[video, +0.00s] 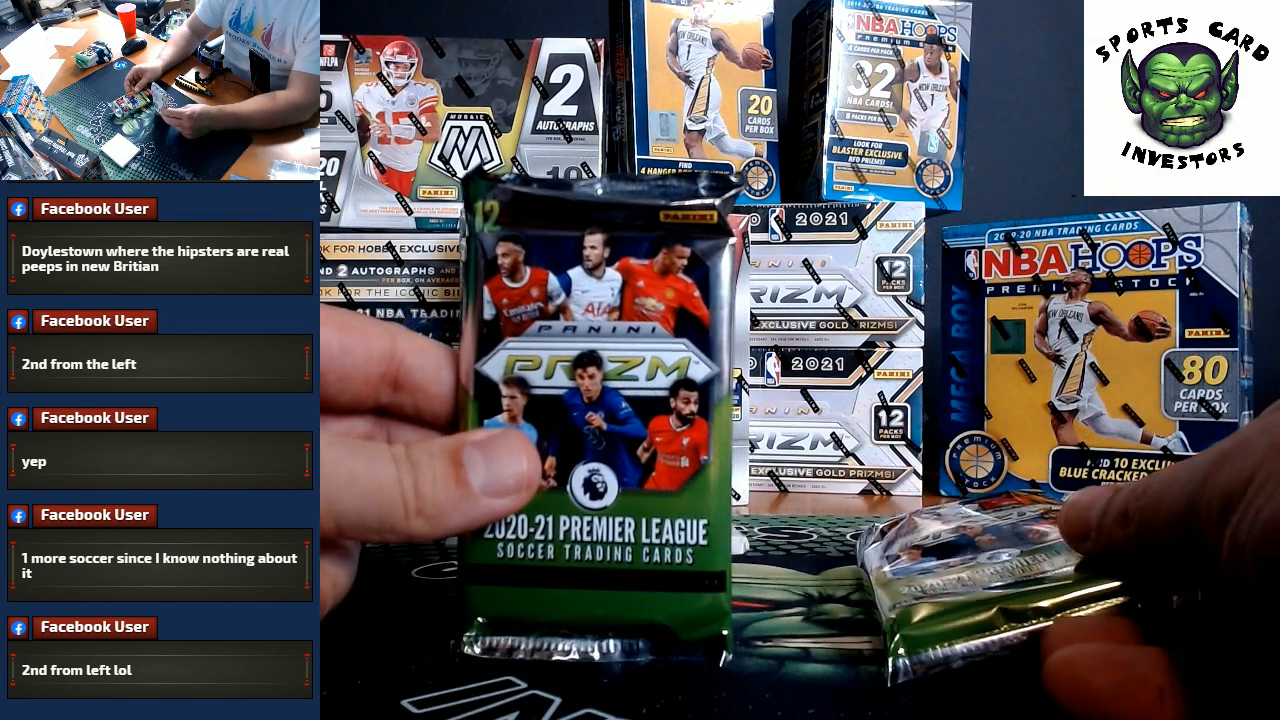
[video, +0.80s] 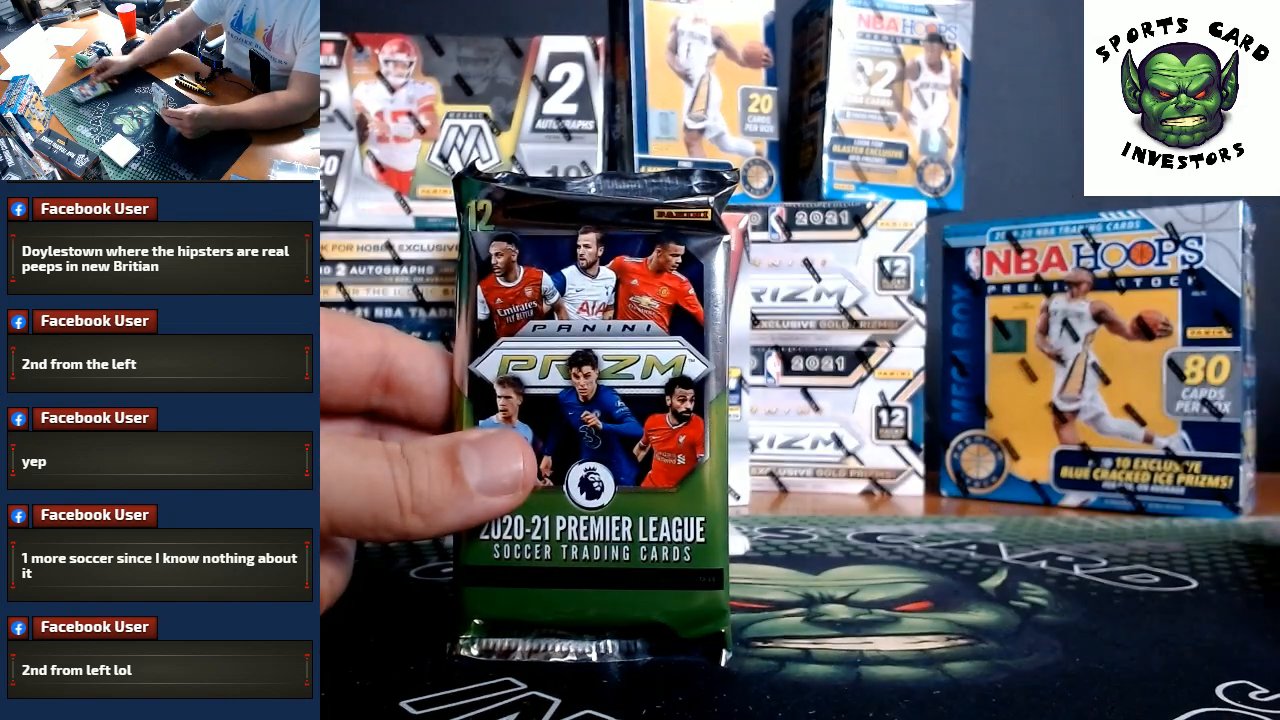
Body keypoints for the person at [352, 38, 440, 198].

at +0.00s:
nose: (399, 71)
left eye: (404, 67)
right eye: (394, 66)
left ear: (412, 68)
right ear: (384, 66)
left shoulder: (423, 91)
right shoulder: (366, 91)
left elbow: (433, 133)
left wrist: (392, 130)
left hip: (405, 172)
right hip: (375, 168)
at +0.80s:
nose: (399, 71)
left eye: (405, 65)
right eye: (393, 64)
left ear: (412, 66)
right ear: (382, 65)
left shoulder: (421, 91)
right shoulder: (365, 91)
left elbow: (432, 131)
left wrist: (392, 129)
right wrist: (365, 129)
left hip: (404, 172)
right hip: (373, 168)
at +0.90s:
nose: (398, 70)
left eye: (404, 64)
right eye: (392, 63)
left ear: (412, 65)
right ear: (381, 64)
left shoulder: (423, 89)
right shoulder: (364, 90)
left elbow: (432, 130)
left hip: (404, 168)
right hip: (372, 164)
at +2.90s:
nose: (399, 70)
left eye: (405, 65)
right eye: (393, 64)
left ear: (413, 66)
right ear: (382, 64)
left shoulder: (423, 90)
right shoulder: (365, 90)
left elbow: (432, 130)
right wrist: (370, 126)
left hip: (405, 170)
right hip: (374, 165)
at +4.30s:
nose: (399, 71)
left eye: (405, 65)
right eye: (394, 64)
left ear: (412, 66)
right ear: (382, 64)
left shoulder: (421, 91)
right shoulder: (365, 90)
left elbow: (433, 130)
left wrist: (419, 128)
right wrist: (370, 126)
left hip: (405, 170)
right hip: (374, 166)